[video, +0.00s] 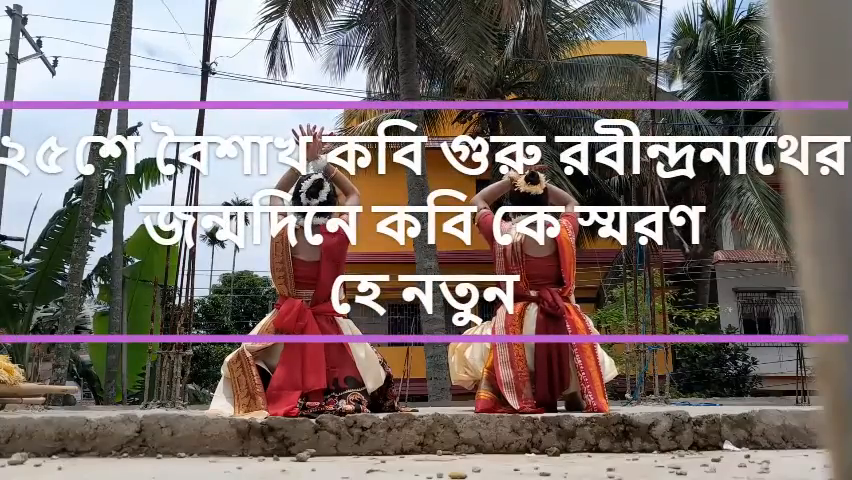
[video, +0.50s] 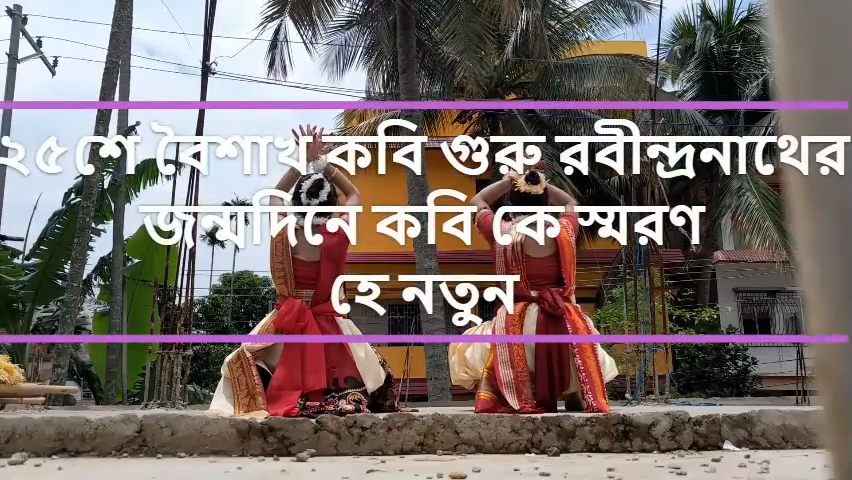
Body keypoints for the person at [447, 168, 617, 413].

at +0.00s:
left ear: (511, 211)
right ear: (544, 207)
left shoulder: (503, 234)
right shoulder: (562, 233)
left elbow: (479, 200)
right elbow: (570, 202)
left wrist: (507, 182)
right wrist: (542, 185)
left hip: (518, 319)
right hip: (561, 318)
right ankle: (574, 394)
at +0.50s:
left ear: (511, 209)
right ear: (544, 206)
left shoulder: (503, 233)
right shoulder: (563, 232)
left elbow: (480, 200)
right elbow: (569, 202)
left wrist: (507, 182)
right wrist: (542, 185)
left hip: (518, 318)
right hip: (562, 317)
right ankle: (574, 394)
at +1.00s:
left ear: (510, 206)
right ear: (544, 204)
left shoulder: (502, 233)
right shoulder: (562, 231)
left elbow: (479, 197)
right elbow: (566, 200)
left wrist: (505, 171)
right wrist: (540, 176)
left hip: (517, 320)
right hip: (562, 319)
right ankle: (575, 395)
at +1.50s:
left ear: (509, 203)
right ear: (546, 200)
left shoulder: (500, 233)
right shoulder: (562, 229)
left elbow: (469, 202)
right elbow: (582, 201)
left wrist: (490, 173)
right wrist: (551, 175)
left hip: (513, 321)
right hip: (559, 320)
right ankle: (575, 395)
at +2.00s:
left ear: (511, 207)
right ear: (544, 207)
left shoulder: (495, 236)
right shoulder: (566, 235)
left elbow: (444, 233)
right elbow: (610, 226)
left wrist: (441, 197)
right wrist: (596, 196)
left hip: (512, 323)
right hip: (561, 321)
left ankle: (490, 393)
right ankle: (575, 394)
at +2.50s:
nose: (507, 216)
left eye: (507, 210)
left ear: (510, 211)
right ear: (545, 210)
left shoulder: (495, 237)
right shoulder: (568, 238)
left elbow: (444, 244)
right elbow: (615, 238)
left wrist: (420, 213)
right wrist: (620, 203)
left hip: (513, 325)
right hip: (562, 324)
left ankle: (506, 394)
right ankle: (575, 394)